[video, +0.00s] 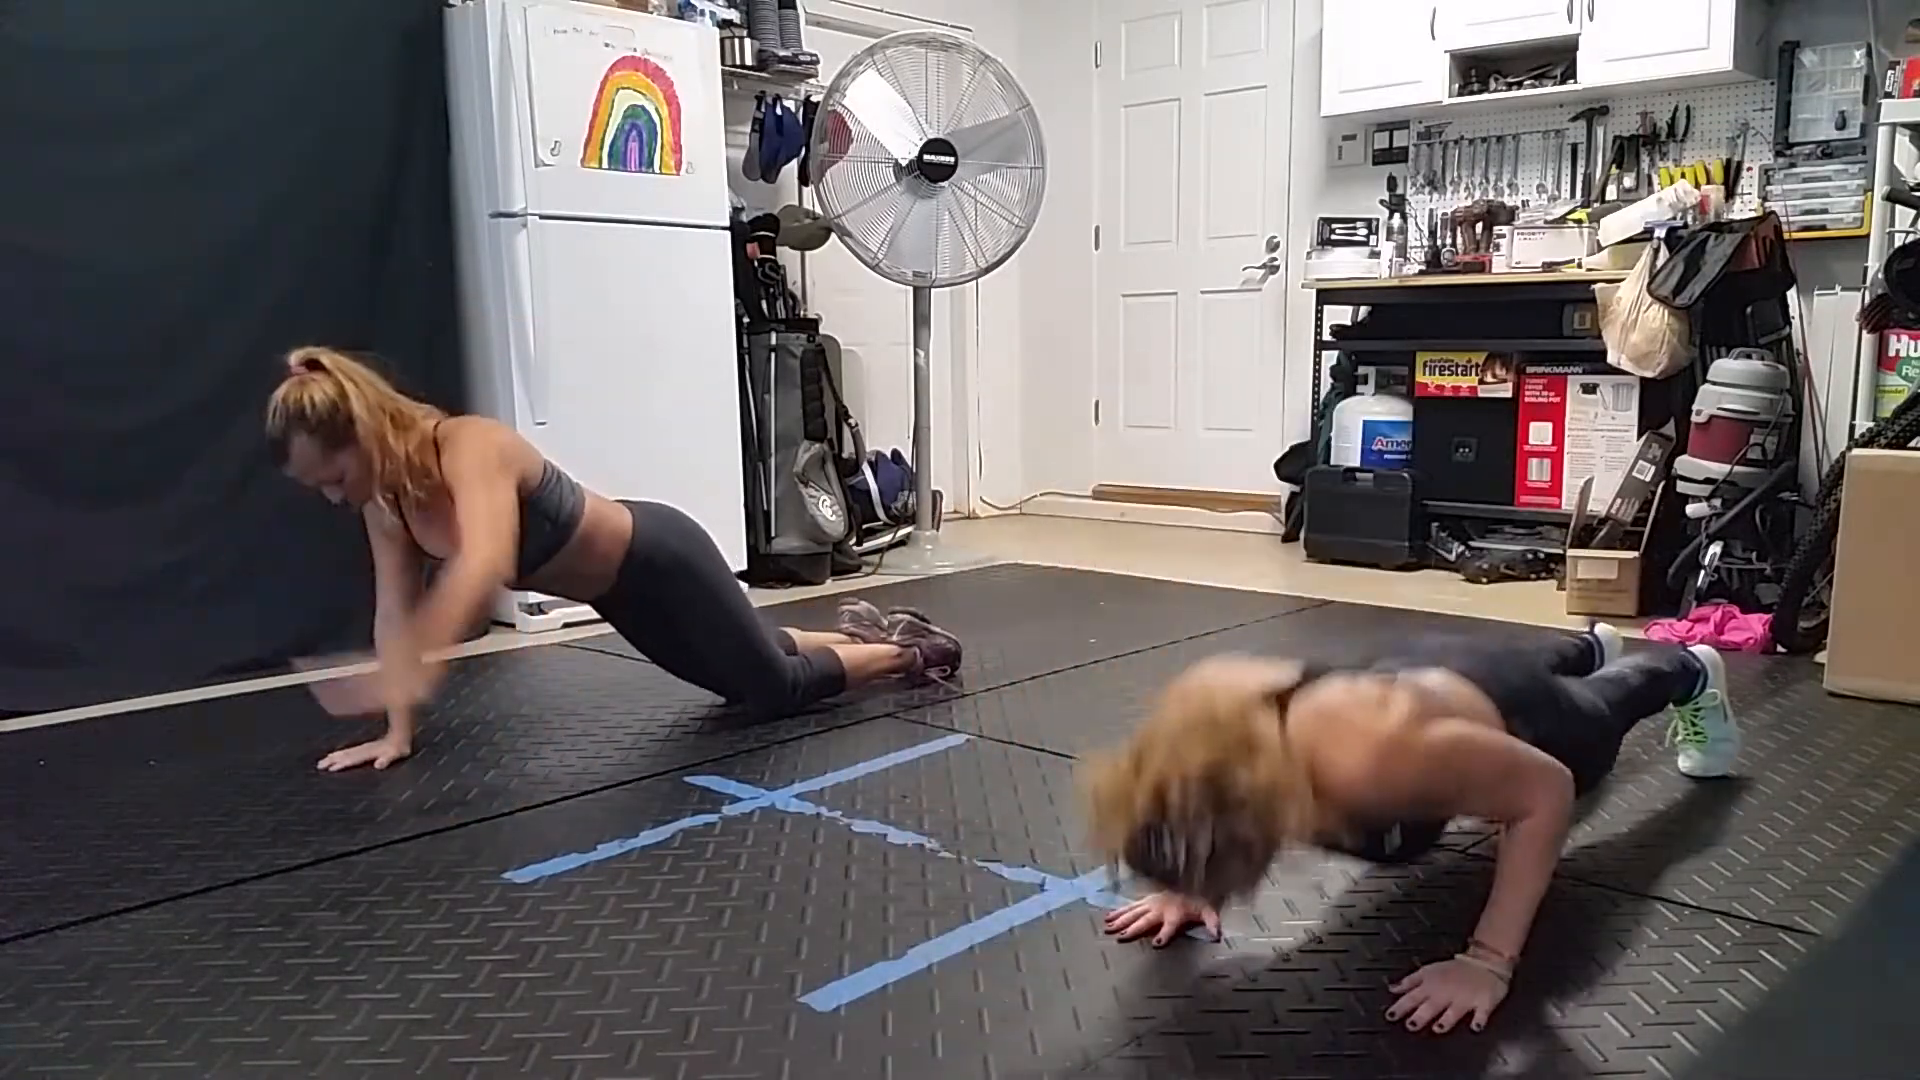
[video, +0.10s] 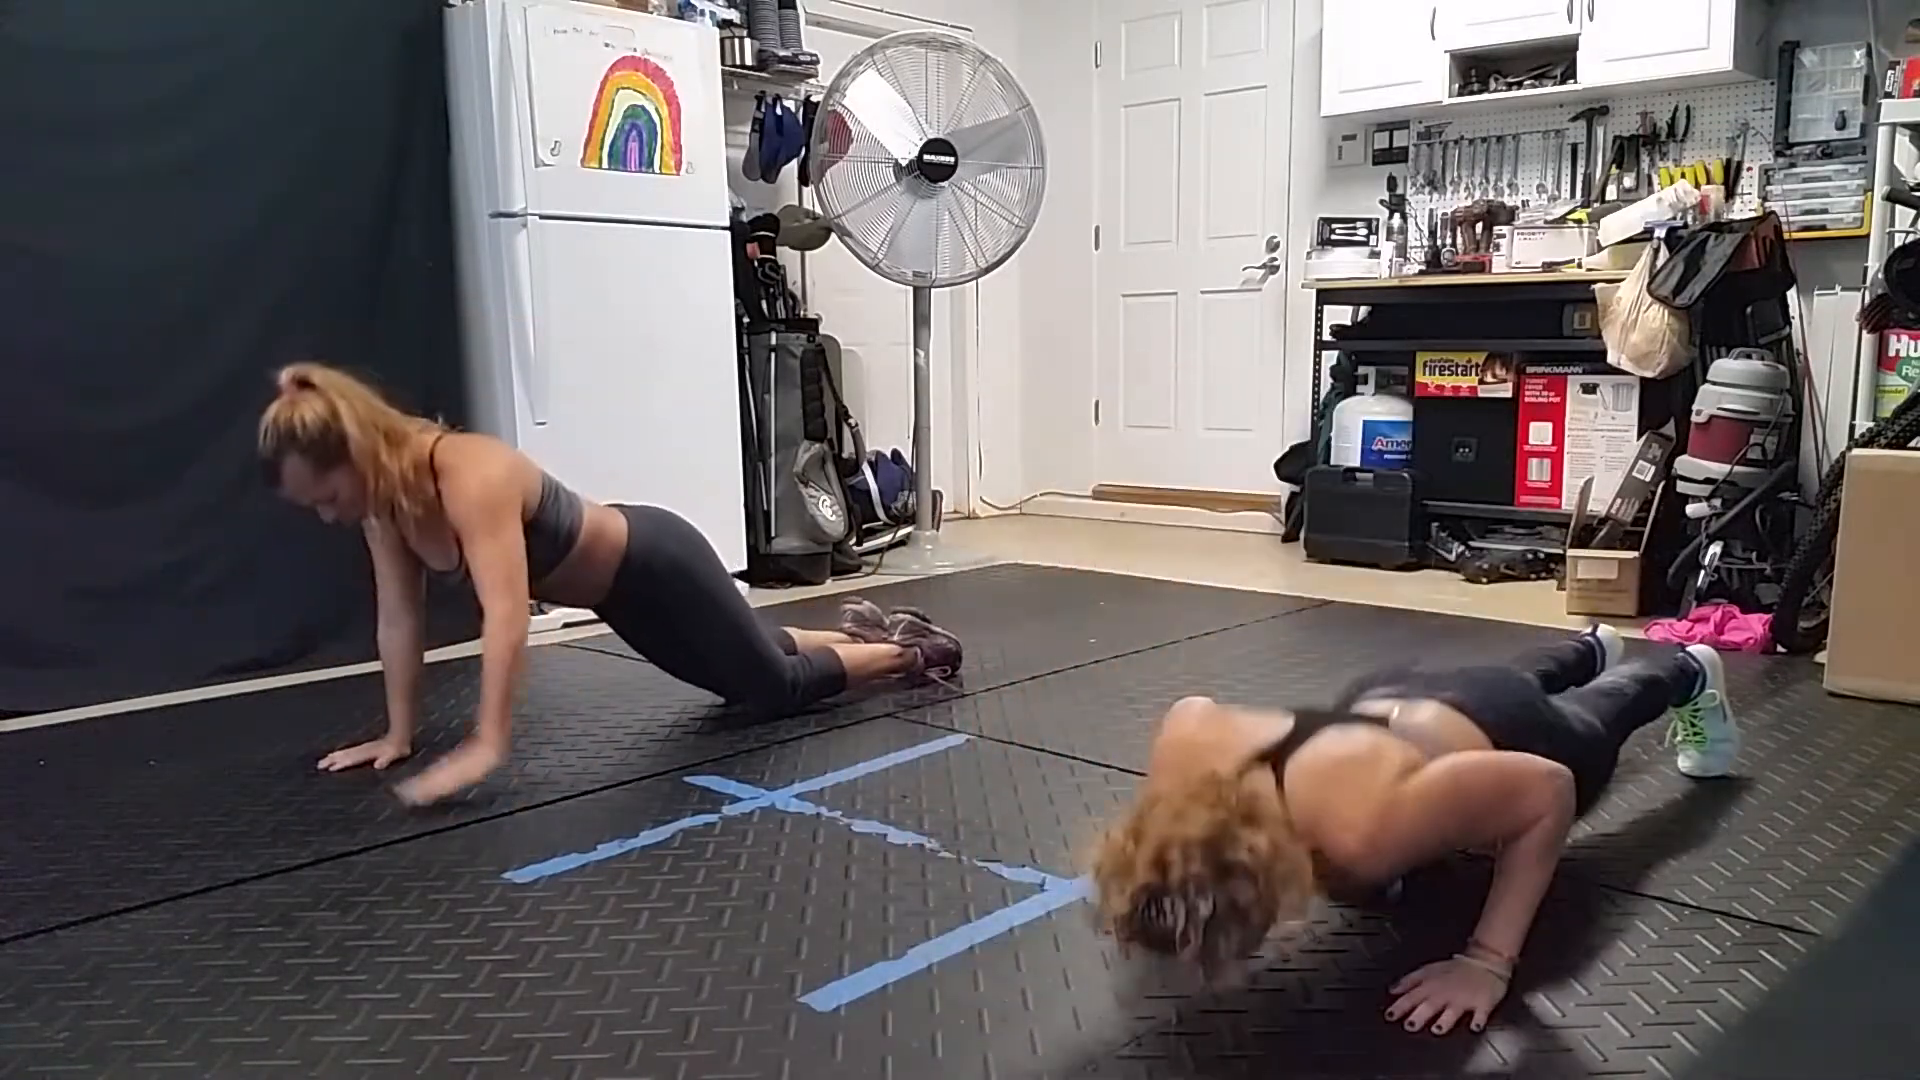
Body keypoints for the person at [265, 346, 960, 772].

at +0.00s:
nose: (334, 491)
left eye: (332, 471)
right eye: (317, 484)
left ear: (365, 425)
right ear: (318, 472)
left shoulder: (469, 449)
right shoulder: (386, 496)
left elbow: (483, 568)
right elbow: (396, 609)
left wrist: (412, 658)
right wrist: (398, 735)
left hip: (659, 560)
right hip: (619, 592)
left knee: (782, 678)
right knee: (743, 670)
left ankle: (898, 656)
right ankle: (849, 640)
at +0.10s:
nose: (326, 510)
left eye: (323, 493)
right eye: (311, 502)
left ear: (353, 448)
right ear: (324, 472)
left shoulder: (468, 473)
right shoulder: (385, 495)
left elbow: (508, 615)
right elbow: (399, 609)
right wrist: (398, 729)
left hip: (656, 566)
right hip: (621, 583)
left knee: (776, 683)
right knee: (743, 662)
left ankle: (901, 654)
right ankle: (859, 637)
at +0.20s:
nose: (322, 547)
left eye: (317, 531)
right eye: (308, 538)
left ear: (343, 489)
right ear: (322, 505)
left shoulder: (463, 500)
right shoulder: (382, 510)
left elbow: (514, 641)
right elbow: (402, 619)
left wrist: (505, 772)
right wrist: (398, 734)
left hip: (657, 573)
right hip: (620, 587)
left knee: (782, 684)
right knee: (751, 666)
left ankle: (899, 654)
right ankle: (869, 637)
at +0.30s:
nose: (316, 588)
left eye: (309, 572)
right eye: (301, 581)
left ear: (327, 535)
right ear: (317, 535)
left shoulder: (453, 519)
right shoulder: (379, 532)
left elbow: (522, 648)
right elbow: (405, 633)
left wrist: (506, 776)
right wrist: (400, 737)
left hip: (653, 589)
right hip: (620, 588)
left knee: (789, 678)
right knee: (752, 653)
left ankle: (912, 652)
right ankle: (858, 634)